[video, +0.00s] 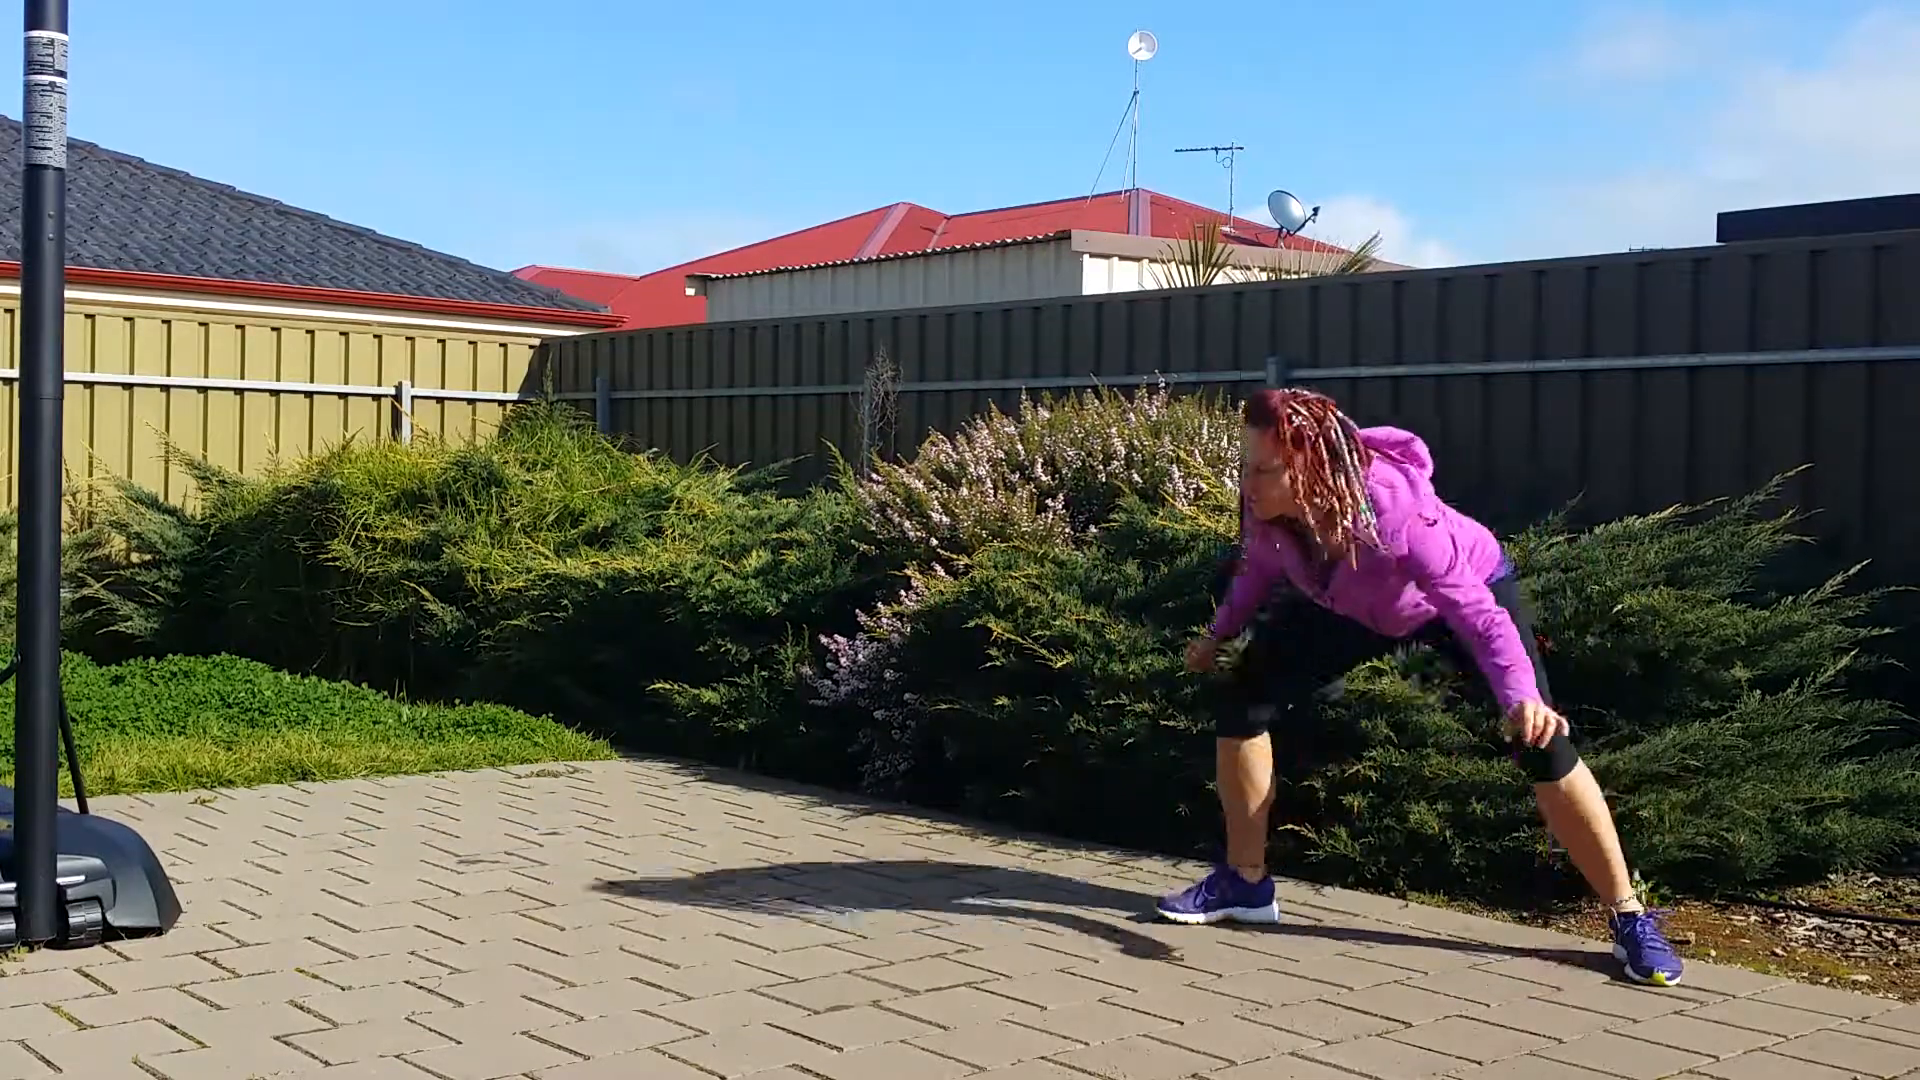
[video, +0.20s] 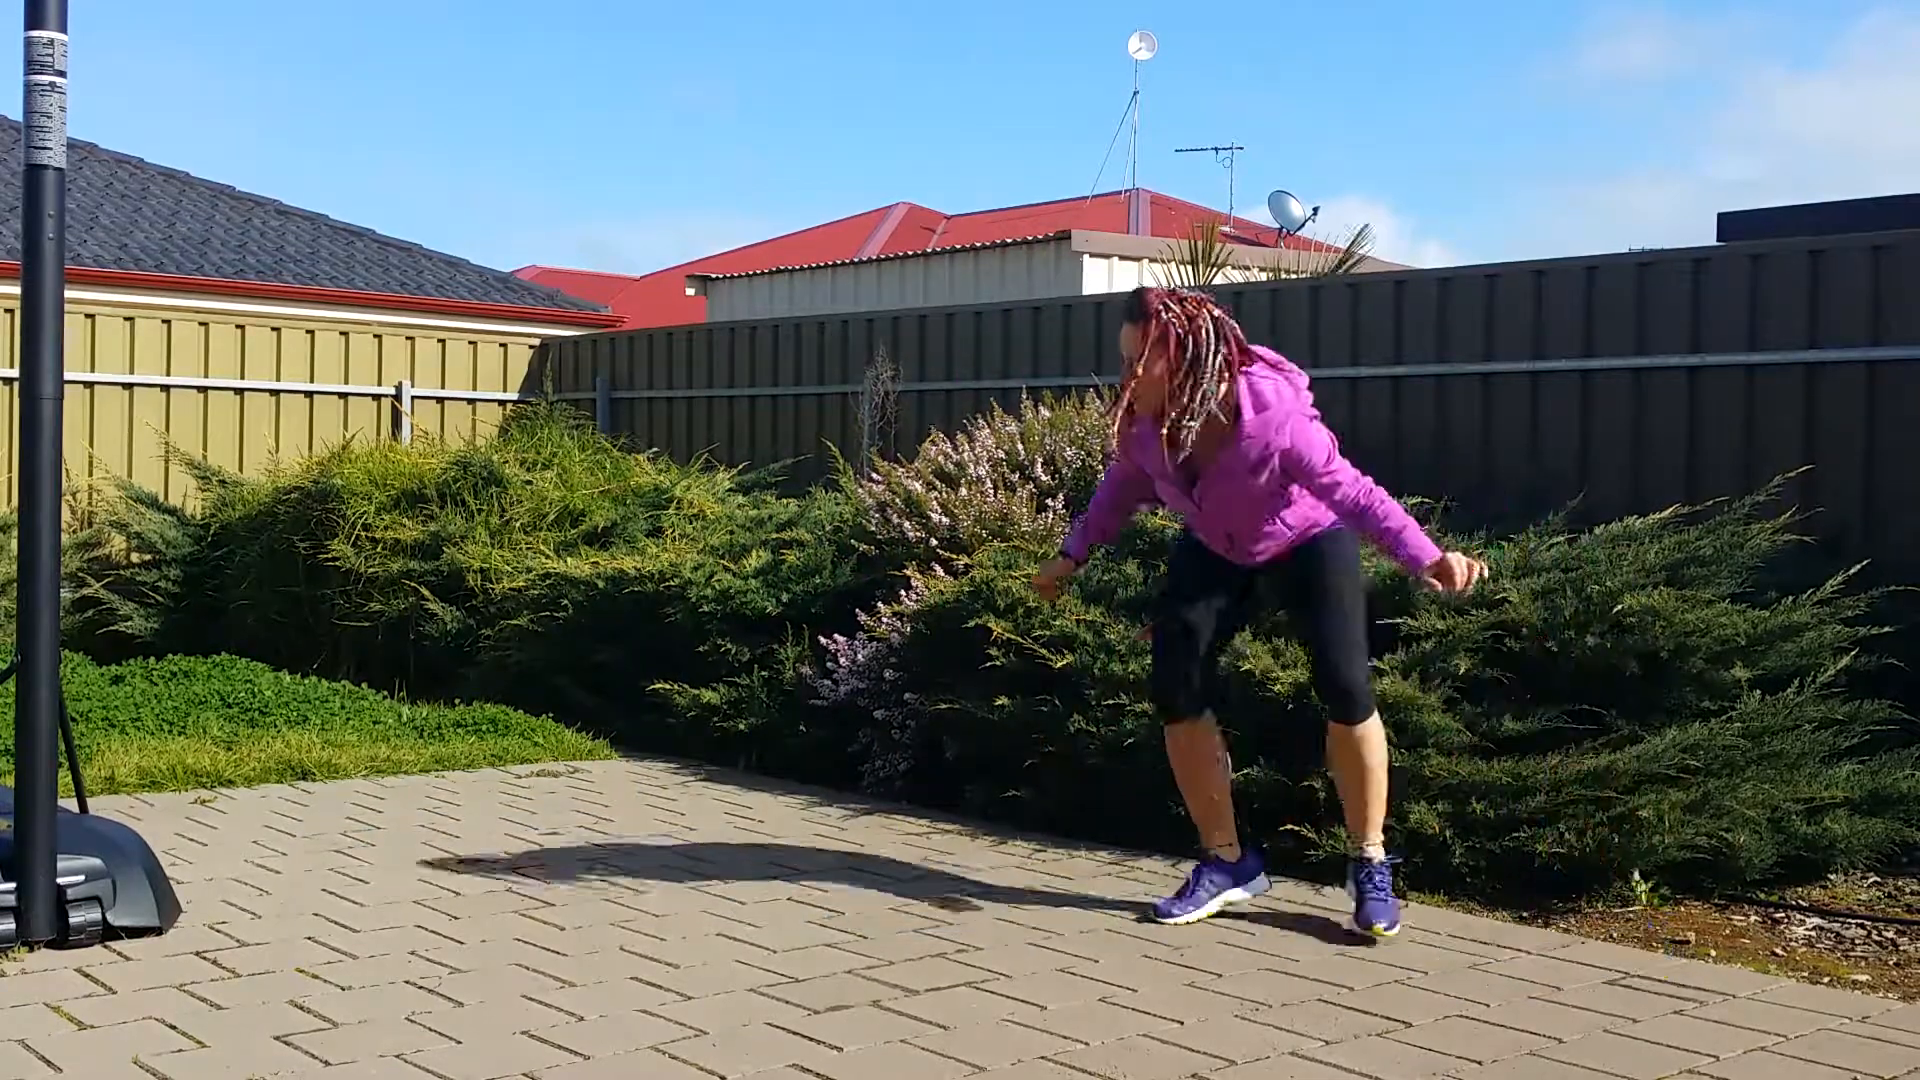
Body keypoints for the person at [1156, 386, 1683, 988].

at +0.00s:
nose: (1249, 481)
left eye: (1263, 469)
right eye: (1248, 466)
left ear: (1312, 472)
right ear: (1249, 462)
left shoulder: (1392, 509)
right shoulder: (1263, 503)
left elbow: (1473, 602)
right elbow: (1255, 567)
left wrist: (1521, 695)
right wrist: (1218, 634)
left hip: (1460, 595)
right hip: (1356, 602)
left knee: (1541, 736)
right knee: (1244, 699)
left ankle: (1630, 918)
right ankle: (1244, 880)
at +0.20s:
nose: (1127, 371)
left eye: (1140, 357)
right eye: (1127, 357)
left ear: (1184, 358)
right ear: (1148, 358)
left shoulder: (1267, 406)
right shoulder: (1147, 417)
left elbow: (1346, 485)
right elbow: (1121, 488)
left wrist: (1428, 556)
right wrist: (1071, 555)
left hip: (1309, 534)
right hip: (1215, 542)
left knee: (1347, 687)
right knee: (1177, 680)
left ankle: (1370, 863)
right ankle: (1227, 863)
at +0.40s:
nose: (1035, 352)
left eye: (1045, 336)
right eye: (1037, 336)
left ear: (1089, 340)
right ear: (1071, 340)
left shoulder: (1180, 406)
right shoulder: (1061, 395)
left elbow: (1255, 492)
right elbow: (1042, 465)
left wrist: (1330, 571)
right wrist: (972, 532)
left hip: (1198, 543)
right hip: (1105, 528)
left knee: (1182, 696)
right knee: (1014, 651)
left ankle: (1166, 859)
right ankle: (989, 810)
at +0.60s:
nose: (924, 364)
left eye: (934, 353)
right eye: (925, 352)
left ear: (978, 360)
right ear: (961, 360)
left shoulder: (1055, 419)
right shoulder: (934, 419)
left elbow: (1122, 511)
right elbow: (919, 497)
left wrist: (1185, 589)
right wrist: (856, 558)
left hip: (1074, 564)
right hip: (984, 561)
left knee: (1100, 702)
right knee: (881, 672)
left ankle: (1157, 861)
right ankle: (851, 815)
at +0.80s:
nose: (807, 333)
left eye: (819, 323)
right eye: (808, 321)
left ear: (864, 332)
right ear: (821, 324)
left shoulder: (934, 390)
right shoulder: (803, 383)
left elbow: (1001, 465)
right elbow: (776, 460)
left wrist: (1073, 538)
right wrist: (729, 529)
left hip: (943, 520)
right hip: (854, 521)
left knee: (962, 653)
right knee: (815, 658)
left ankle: (973, 814)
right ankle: (842, 810)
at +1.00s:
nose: (725, 368)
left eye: (739, 359)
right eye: (723, 354)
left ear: (781, 362)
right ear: (721, 352)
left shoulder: (845, 414)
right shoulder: (720, 405)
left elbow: (931, 467)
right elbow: (690, 491)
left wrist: (1014, 520)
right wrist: (638, 576)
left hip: (864, 513)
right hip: (779, 499)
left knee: (827, 662)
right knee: (710, 611)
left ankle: (774, 794)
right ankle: (670, 750)